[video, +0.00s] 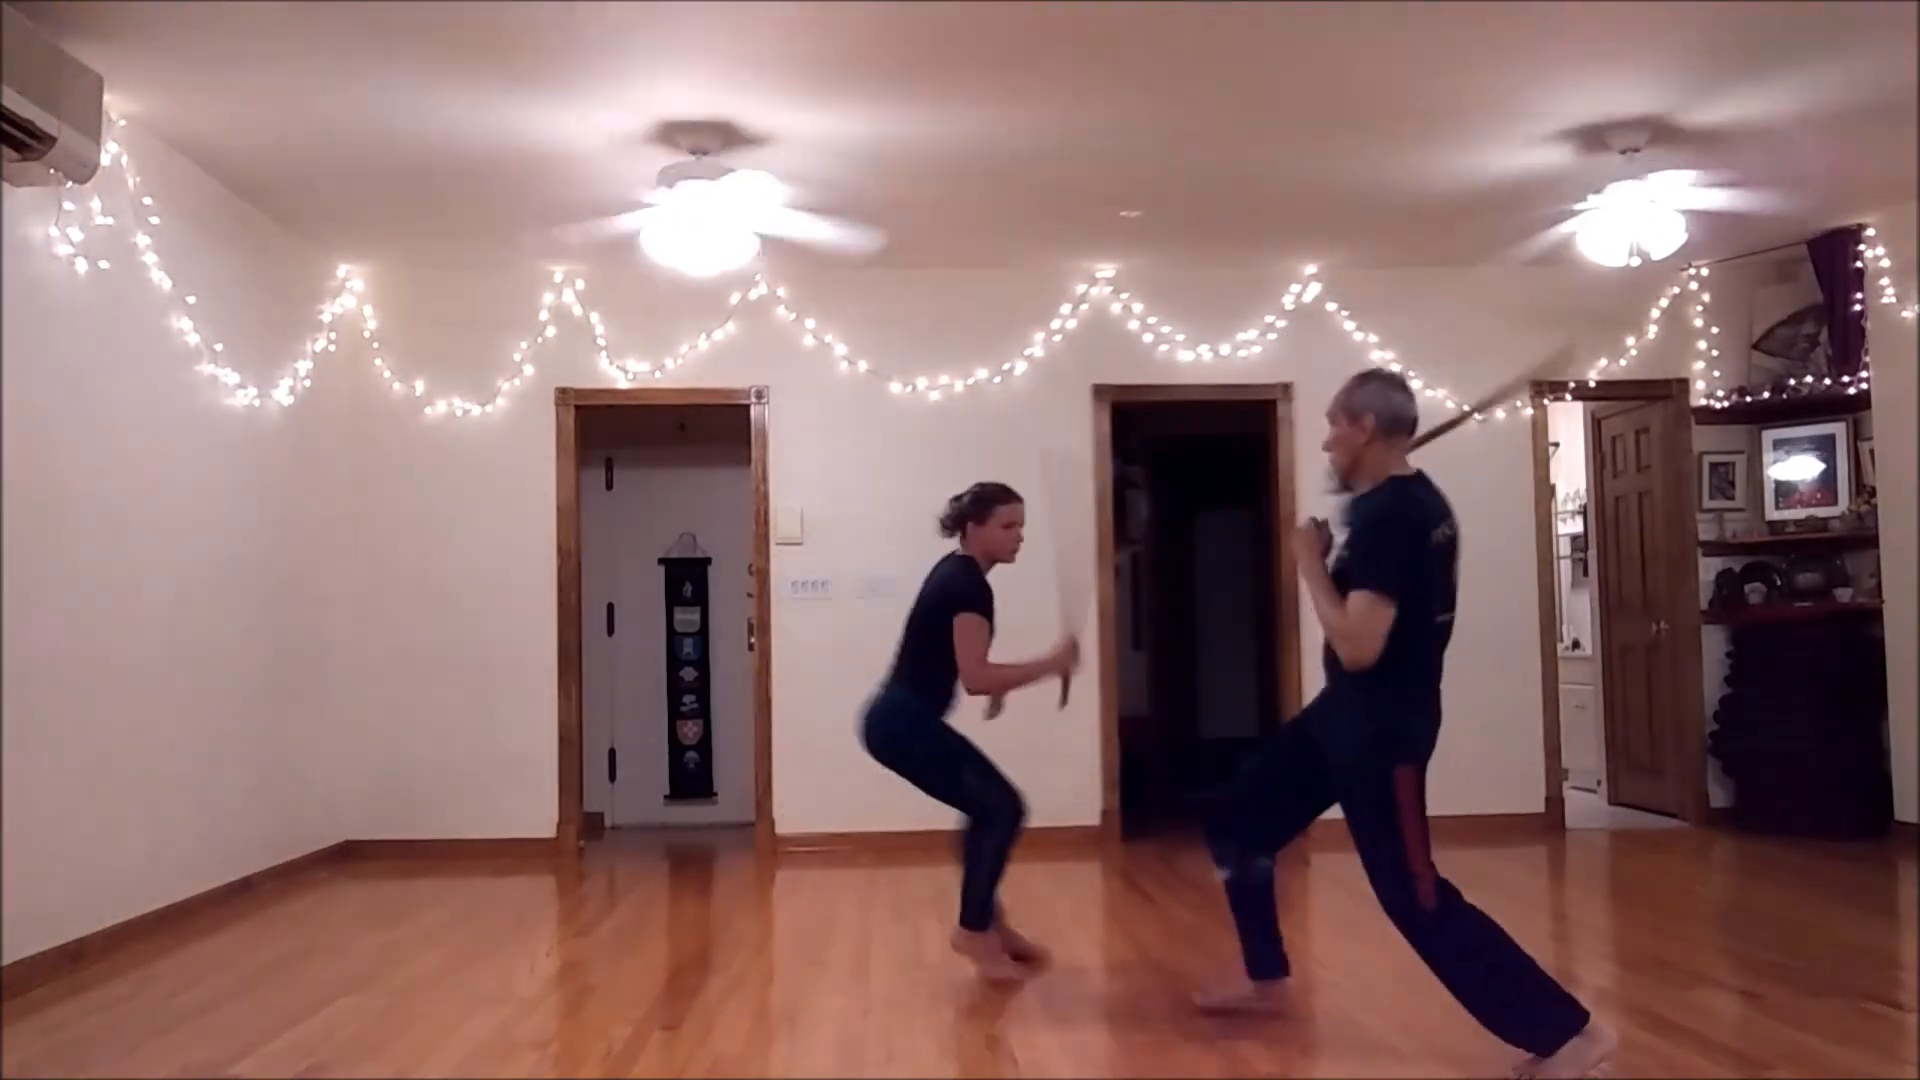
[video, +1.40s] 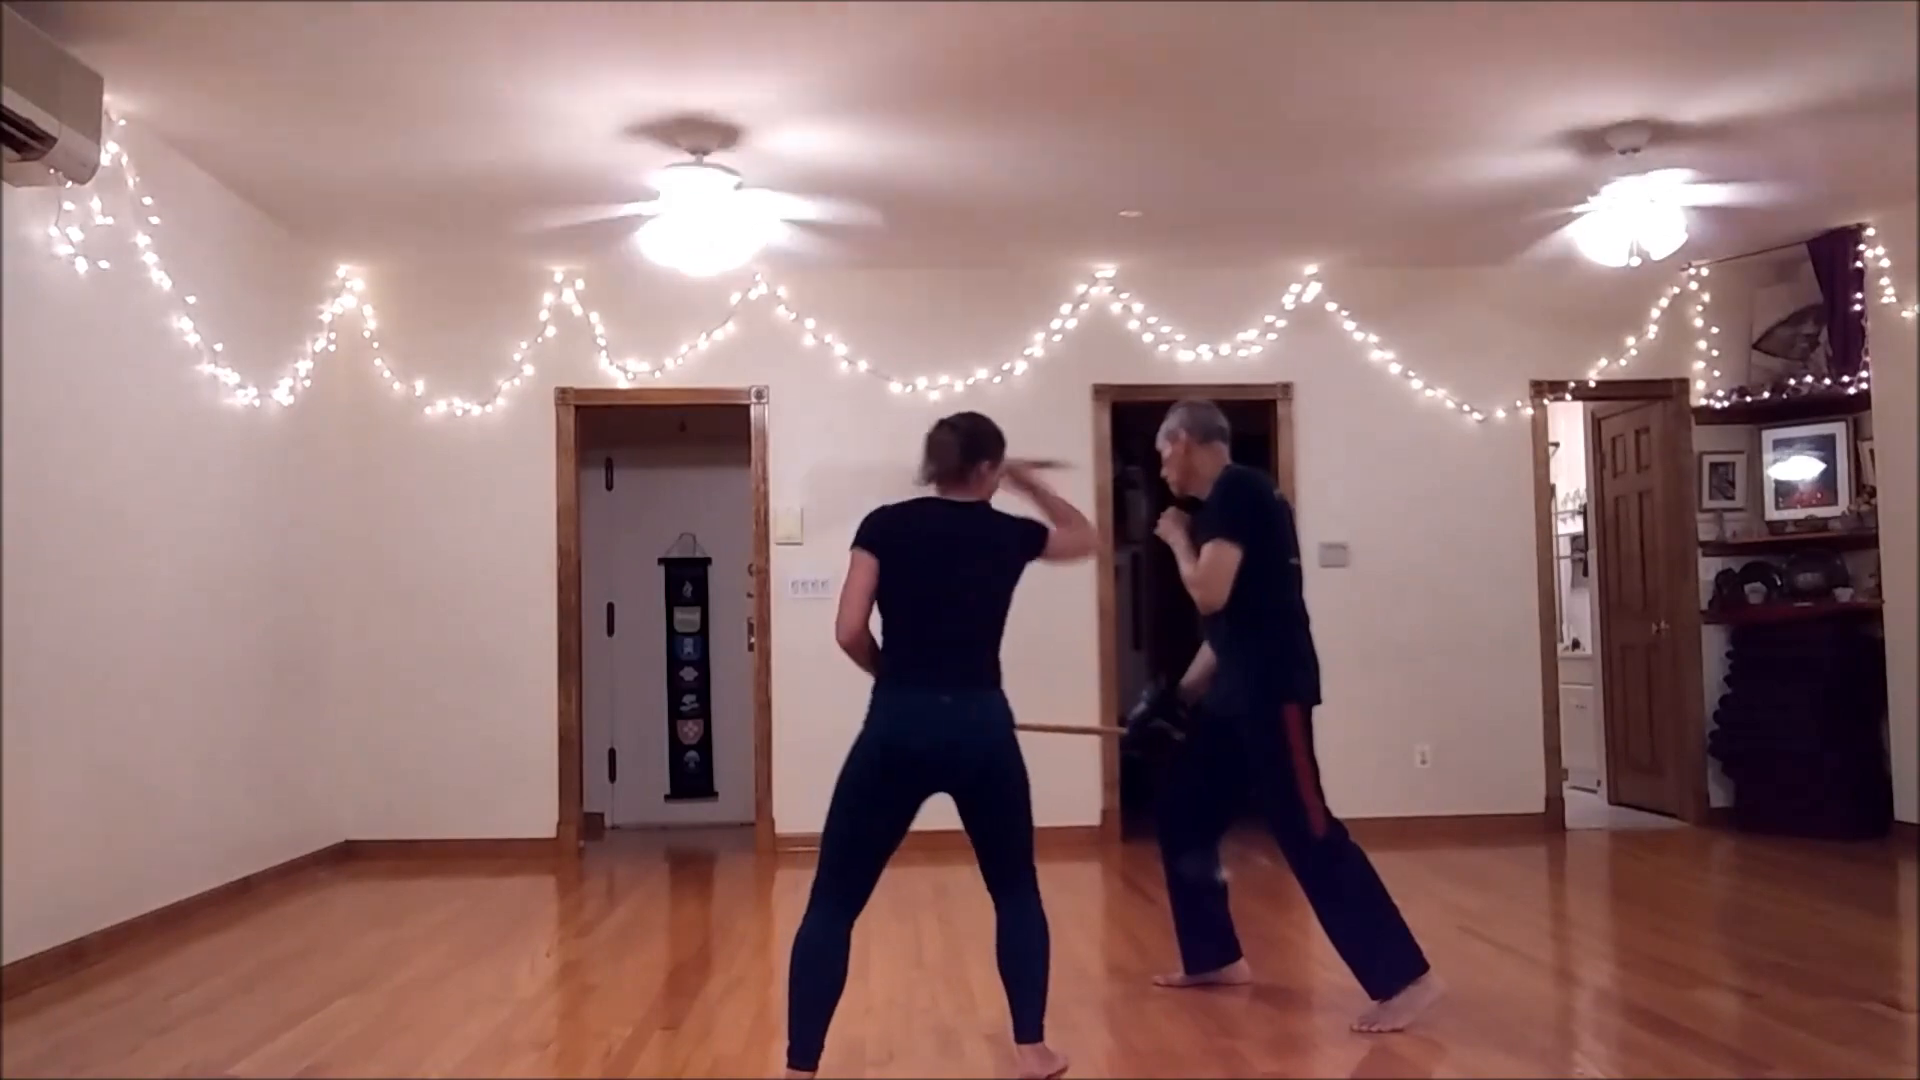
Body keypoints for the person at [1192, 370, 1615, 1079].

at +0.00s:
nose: (1325, 439)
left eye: (1333, 424)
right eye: (1329, 424)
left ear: (1364, 430)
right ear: (1383, 431)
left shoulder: (1394, 511)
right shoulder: (1410, 499)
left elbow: (1358, 646)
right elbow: (1391, 625)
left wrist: (1311, 563)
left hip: (1382, 726)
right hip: (1351, 715)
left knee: (1416, 895)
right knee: (1238, 823)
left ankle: (1568, 1034)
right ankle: (1265, 977)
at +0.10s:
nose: (1312, 438)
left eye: (1321, 425)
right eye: (1317, 425)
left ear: (1345, 433)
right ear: (1369, 436)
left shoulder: (1374, 508)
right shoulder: (1371, 504)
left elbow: (1321, 626)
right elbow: (1328, 616)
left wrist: (1296, 543)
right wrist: (1294, 545)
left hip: (1372, 723)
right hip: (1335, 714)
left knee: (1417, 885)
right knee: (1236, 815)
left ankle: (1567, 1032)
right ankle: (1239, 964)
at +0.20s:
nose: (1277, 441)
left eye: (1282, 430)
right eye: (1282, 430)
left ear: (1299, 435)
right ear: (1335, 439)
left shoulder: (1326, 501)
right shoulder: (1325, 501)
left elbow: (1279, 607)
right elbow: (1251, 579)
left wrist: (1263, 532)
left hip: (1344, 713)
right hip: (1314, 709)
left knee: (1407, 865)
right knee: (1238, 814)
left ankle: (1547, 1014)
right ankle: (1220, 954)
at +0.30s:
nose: (1223, 464)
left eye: (1227, 450)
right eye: (1226, 452)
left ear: (1244, 448)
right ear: (1281, 444)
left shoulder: (1290, 498)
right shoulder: (1271, 512)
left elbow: (1259, 605)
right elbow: (1197, 593)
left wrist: (1228, 546)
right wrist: (1136, 606)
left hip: (1321, 700)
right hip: (1290, 700)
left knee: (1355, 854)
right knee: (1226, 812)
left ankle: (1509, 985)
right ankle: (1221, 955)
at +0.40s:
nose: (1194, 478)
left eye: (1197, 466)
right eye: (1194, 467)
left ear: (1218, 461)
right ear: (1239, 456)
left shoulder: (1267, 500)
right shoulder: (1241, 517)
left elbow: (1242, 601)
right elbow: (1191, 620)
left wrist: (1206, 546)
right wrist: (1113, 663)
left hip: (1309, 699)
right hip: (1269, 699)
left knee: (1304, 848)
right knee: (1208, 814)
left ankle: (1438, 964)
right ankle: (1216, 958)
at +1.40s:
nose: (1161, 466)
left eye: (1165, 453)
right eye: (1160, 454)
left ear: (1193, 445)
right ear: (1205, 445)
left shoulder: (1238, 490)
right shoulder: (1227, 500)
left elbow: (1212, 591)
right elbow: (1228, 621)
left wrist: (1178, 541)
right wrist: (1181, 694)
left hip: (1274, 686)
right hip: (1239, 687)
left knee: (1308, 829)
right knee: (1183, 812)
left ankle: (1406, 979)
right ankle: (1213, 958)